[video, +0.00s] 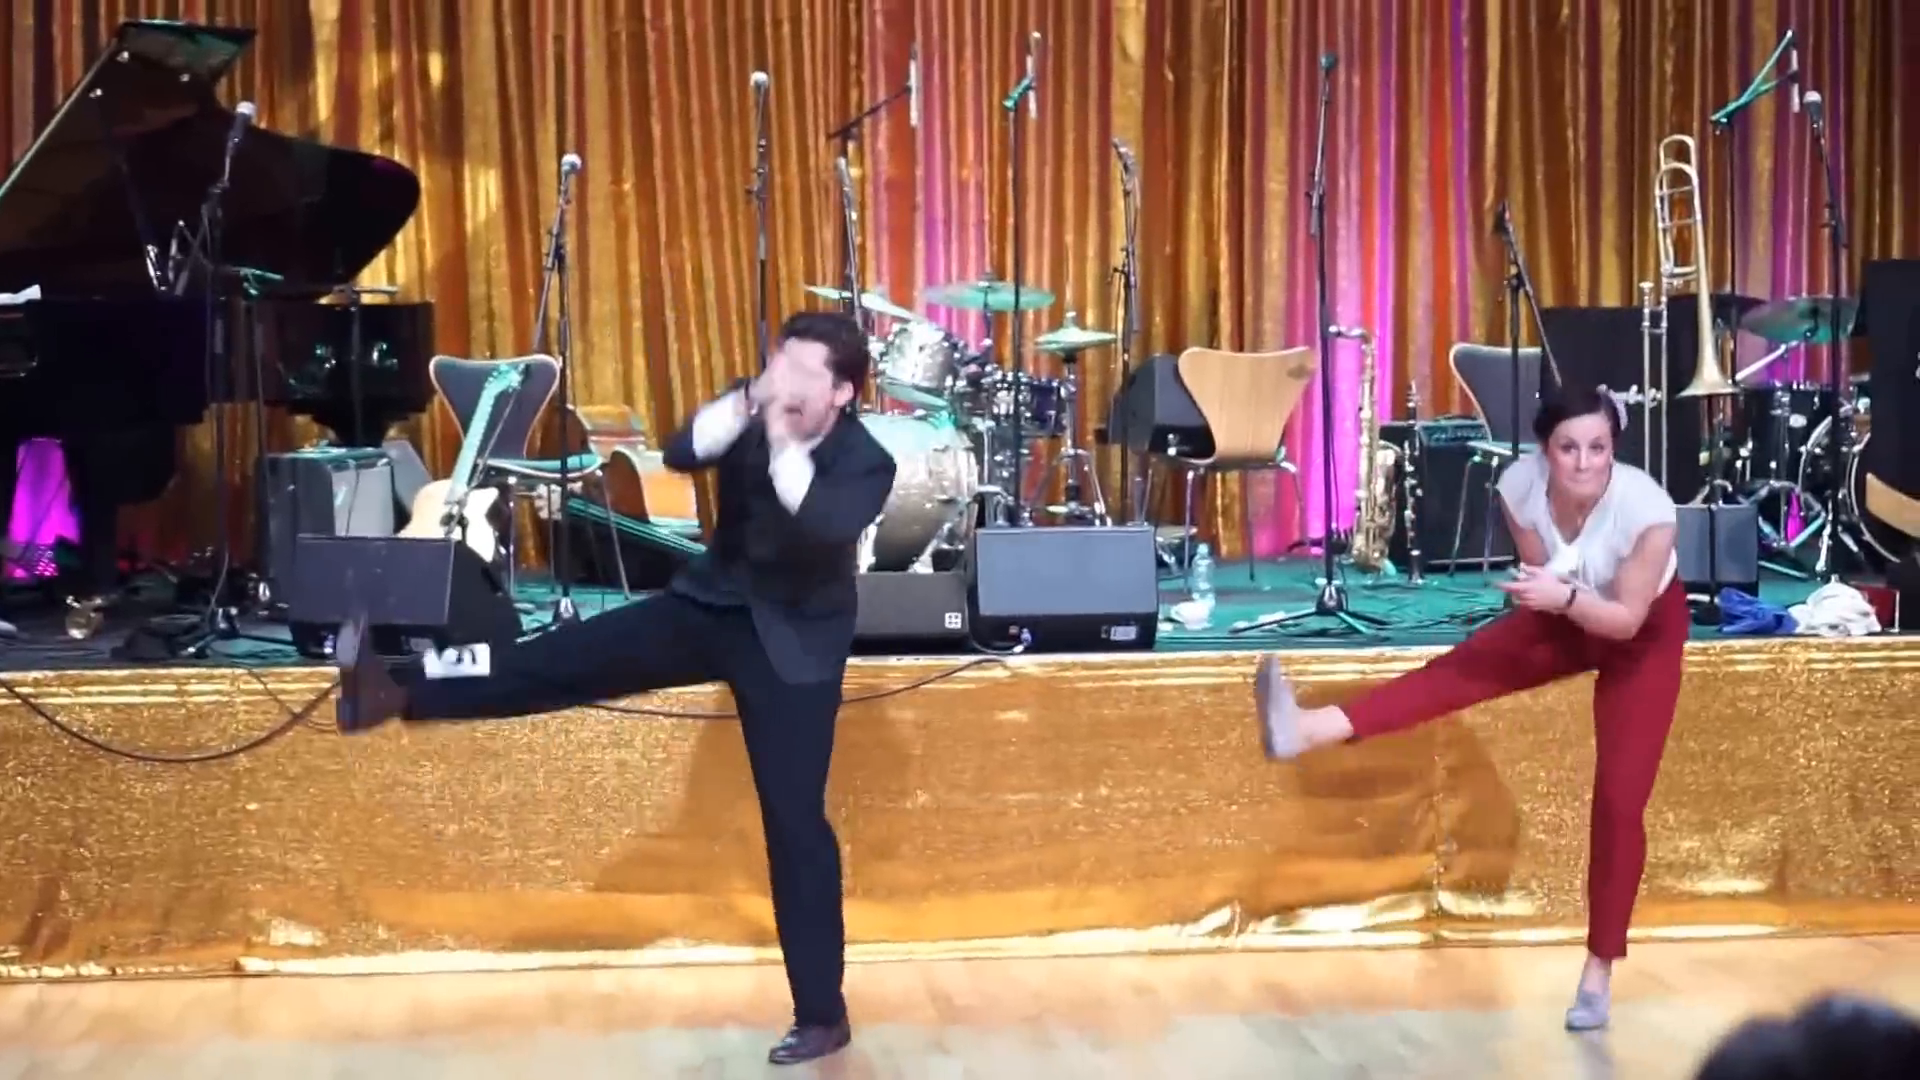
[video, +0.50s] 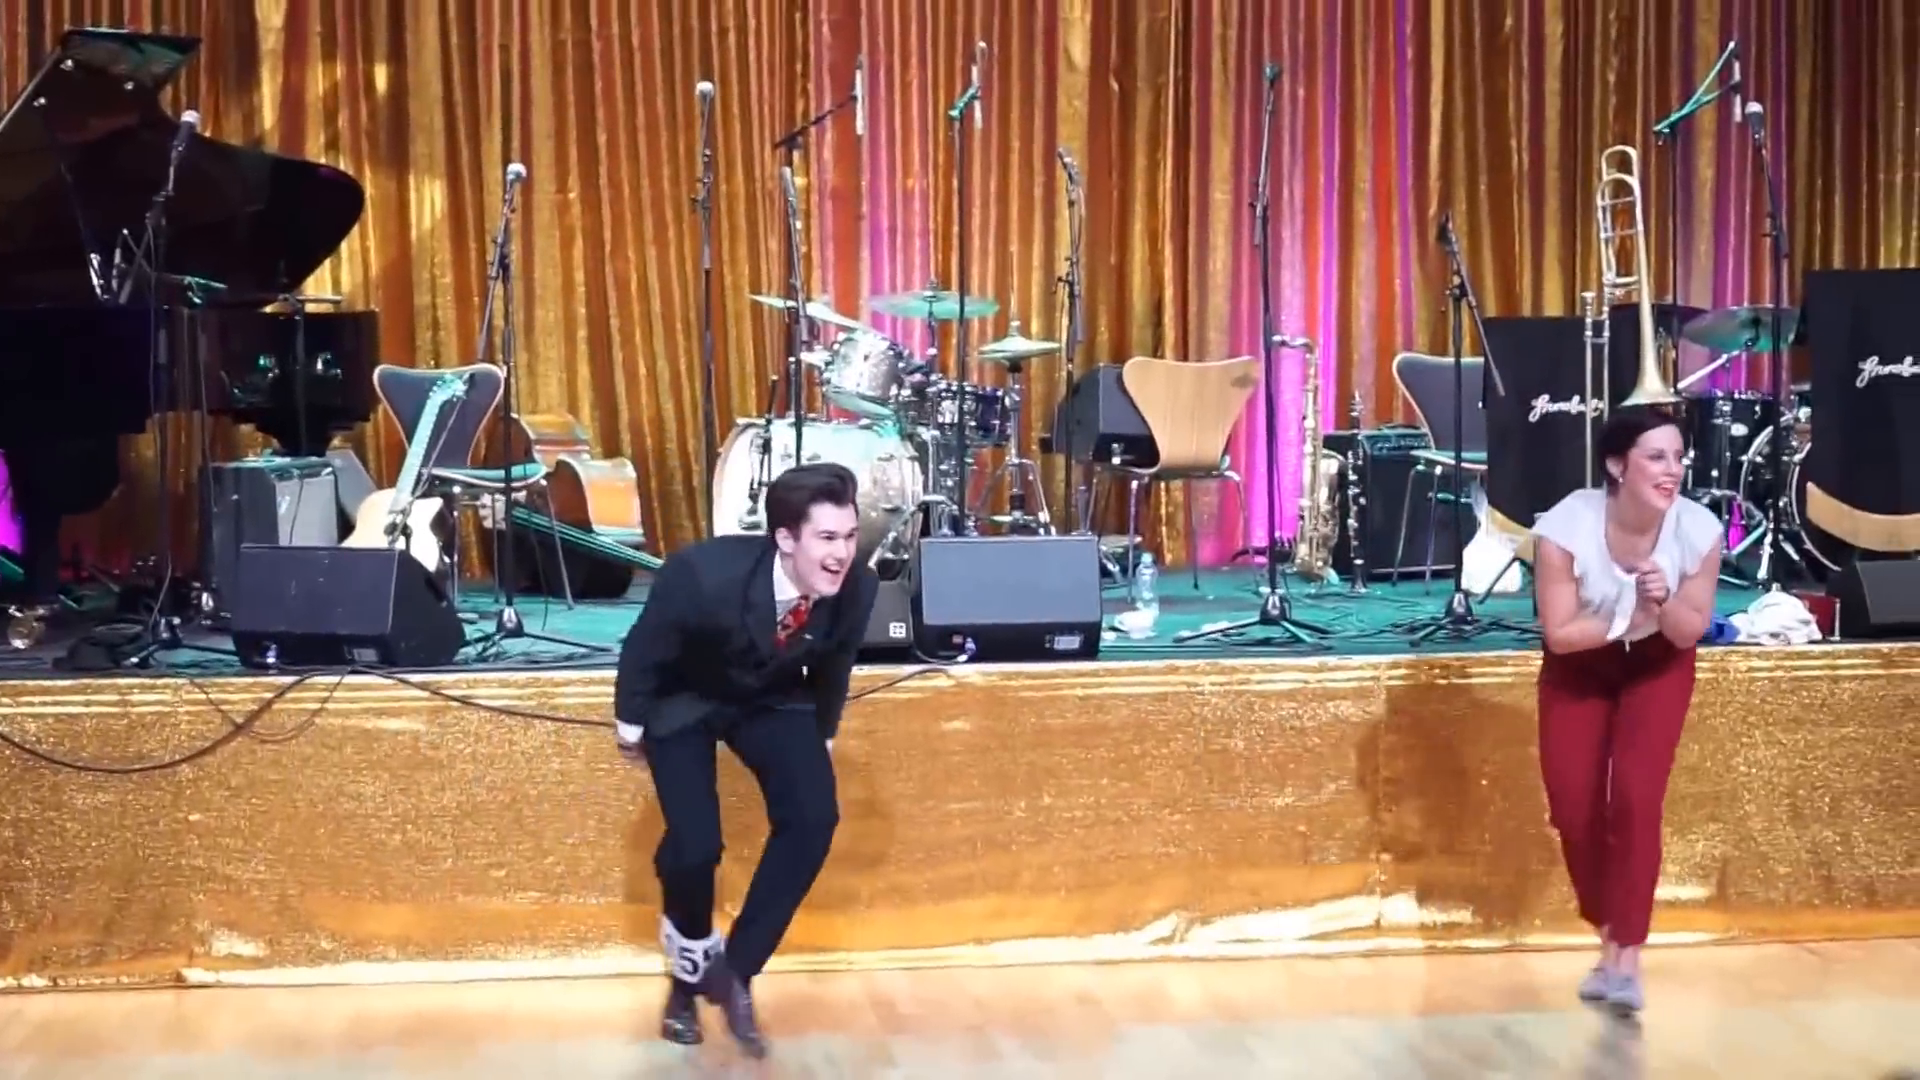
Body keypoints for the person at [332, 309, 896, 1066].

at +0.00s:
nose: (781, 391)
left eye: (800, 383)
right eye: (778, 374)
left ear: (844, 392)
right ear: (770, 367)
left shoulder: (865, 460)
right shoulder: (752, 411)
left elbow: (828, 522)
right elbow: (682, 455)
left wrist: (783, 443)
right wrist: (743, 407)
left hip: (792, 647)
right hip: (706, 609)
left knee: (794, 822)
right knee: (563, 661)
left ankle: (822, 1017)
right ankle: (397, 694)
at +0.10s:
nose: (806, 423)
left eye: (825, 411)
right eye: (797, 405)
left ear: (850, 417)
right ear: (778, 399)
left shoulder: (862, 498)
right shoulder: (726, 434)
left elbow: (828, 617)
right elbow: (665, 541)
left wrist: (758, 558)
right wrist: (700, 526)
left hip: (786, 654)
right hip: (697, 608)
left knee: (792, 823)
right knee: (572, 643)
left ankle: (783, 1010)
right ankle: (434, 770)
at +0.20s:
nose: (815, 461)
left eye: (831, 448)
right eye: (803, 443)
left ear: (849, 451)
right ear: (776, 437)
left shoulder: (857, 530)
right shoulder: (713, 475)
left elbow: (853, 646)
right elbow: (656, 569)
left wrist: (810, 747)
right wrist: (627, 679)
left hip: (780, 663)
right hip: (690, 634)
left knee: (778, 806)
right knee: (597, 718)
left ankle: (710, 988)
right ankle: (592, 888)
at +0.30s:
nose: (829, 516)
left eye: (841, 500)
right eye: (815, 499)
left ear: (853, 502)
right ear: (780, 495)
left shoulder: (853, 578)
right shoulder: (711, 534)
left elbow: (849, 701)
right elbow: (649, 644)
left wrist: (853, 830)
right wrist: (592, 762)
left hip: (769, 713)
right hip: (675, 698)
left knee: (758, 854)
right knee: (643, 843)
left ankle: (669, 1020)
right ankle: (730, 960)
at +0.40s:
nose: (837, 549)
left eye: (846, 533)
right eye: (822, 533)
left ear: (856, 533)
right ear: (782, 531)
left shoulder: (849, 592)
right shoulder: (704, 572)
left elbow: (844, 692)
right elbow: (647, 667)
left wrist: (849, 797)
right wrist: (611, 768)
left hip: (769, 715)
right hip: (679, 716)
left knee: (779, 855)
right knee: (689, 872)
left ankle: (668, 1008)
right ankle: (734, 978)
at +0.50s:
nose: (843, 553)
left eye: (850, 536)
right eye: (828, 538)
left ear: (859, 535)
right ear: (784, 540)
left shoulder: (854, 588)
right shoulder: (700, 577)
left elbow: (835, 665)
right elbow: (641, 652)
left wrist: (822, 731)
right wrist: (630, 729)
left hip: (771, 698)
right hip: (681, 699)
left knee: (811, 819)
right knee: (694, 846)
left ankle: (734, 971)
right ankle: (687, 975)